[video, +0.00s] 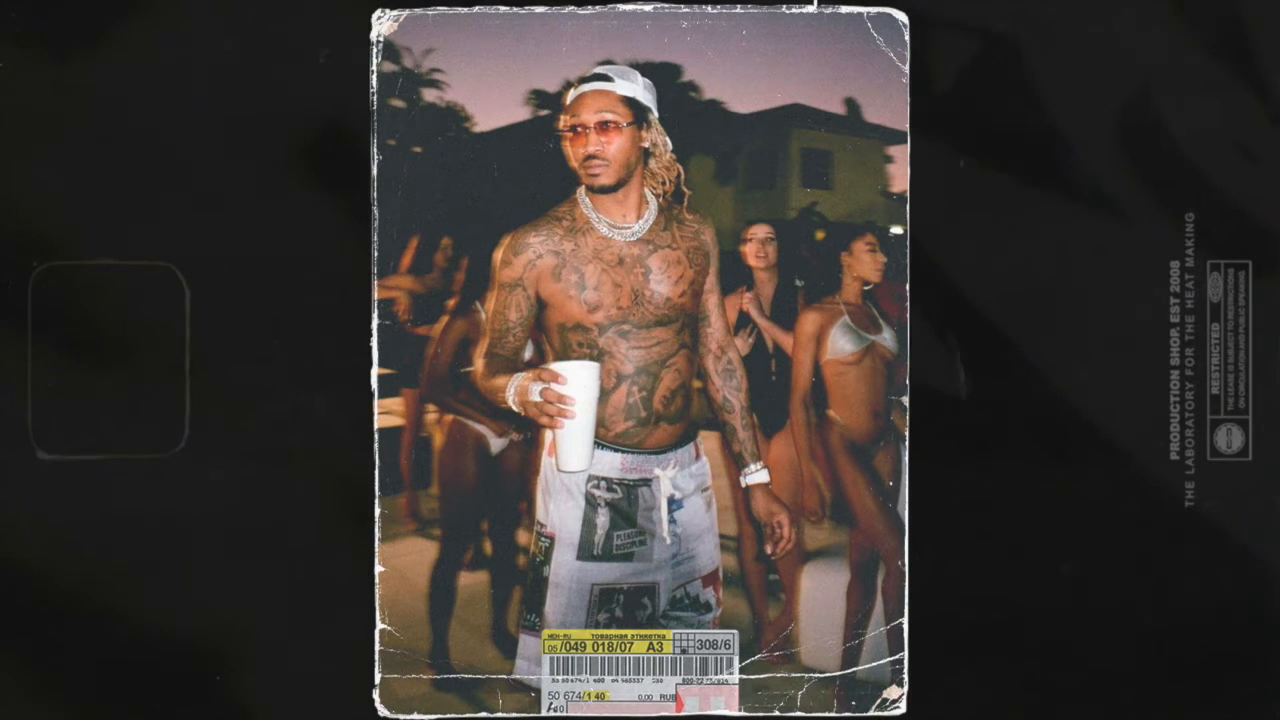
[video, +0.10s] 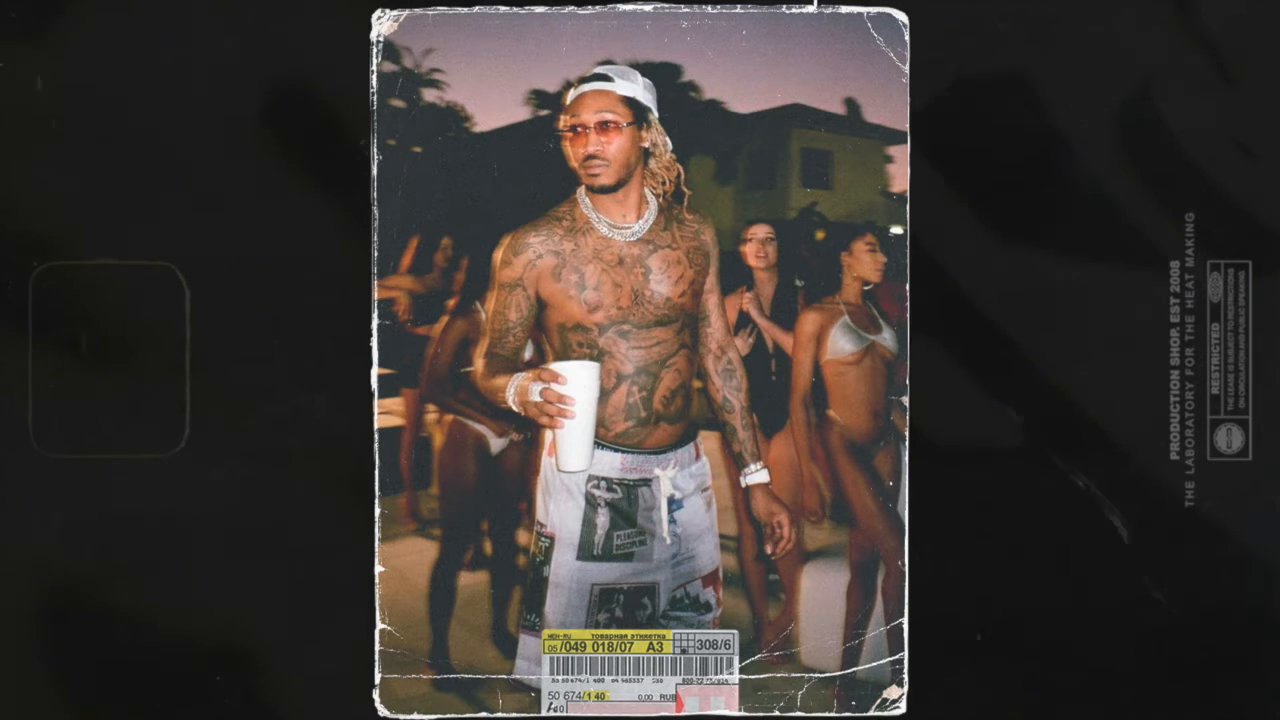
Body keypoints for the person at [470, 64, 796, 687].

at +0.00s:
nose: (590, 143)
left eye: (608, 126)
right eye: (576, 130)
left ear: (646, 138)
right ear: (565, 143)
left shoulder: (693, 235)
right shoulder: (532, 248)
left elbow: (720, 358)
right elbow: (491, 365)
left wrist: (756, 482)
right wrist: (516, 389)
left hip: (681, 476)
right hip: (582, 481)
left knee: (689, 664)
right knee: (573, 669)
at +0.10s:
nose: (589, 143)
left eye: (608, 126)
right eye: (576, 130)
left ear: (645, 138)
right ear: (565, 143)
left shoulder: (693, 235)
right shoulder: (532, 248)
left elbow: (720, 358)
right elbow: (491, 365)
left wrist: (756, 482)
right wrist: (516, 389)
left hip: (681, 476)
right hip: (582, 481)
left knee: (689, 663)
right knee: (573, 669)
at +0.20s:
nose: (589, 143)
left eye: (608, 126)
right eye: (576, 130)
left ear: (646, 138)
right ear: (565, 143)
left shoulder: (693, 235)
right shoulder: (532, 248)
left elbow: (720, 358)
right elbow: (491, 365)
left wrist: (756, 482)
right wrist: (516, 389)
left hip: (681, 476)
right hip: (582, 481)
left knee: (689, 664)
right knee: (574, 669)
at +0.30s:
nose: (589, 143)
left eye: (608, 126)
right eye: (576, 130)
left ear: (645, 138)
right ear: (565, 143)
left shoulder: (693, 235)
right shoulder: (532, 248)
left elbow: (720, 358)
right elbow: (491, 365)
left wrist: (756, 482)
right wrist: (516, 389)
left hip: (681, 476)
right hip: (582, 481)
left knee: (689, 664)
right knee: (573, 669)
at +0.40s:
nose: (590, 143)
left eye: (608, 126)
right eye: (576, 130)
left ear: (645, 138)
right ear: (565, 144)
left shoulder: (693, 235)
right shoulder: (532, 247)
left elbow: (720, 358)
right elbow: (491, 364)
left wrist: (756, 481)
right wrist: (516, 389)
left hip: (681, 476)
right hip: (582, 481)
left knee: (689, 664)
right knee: (573, 669)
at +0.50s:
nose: (589, 143)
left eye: (608, 126)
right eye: (576, 130)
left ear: (645, 138)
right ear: (565, 144)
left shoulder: (693, 235)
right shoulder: (532, 248)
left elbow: (720, 358)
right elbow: (491, 364)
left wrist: (756, 481)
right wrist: (516, 389)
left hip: (681, 476)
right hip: (582, 481)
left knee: (689, 664)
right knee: (574, 669)